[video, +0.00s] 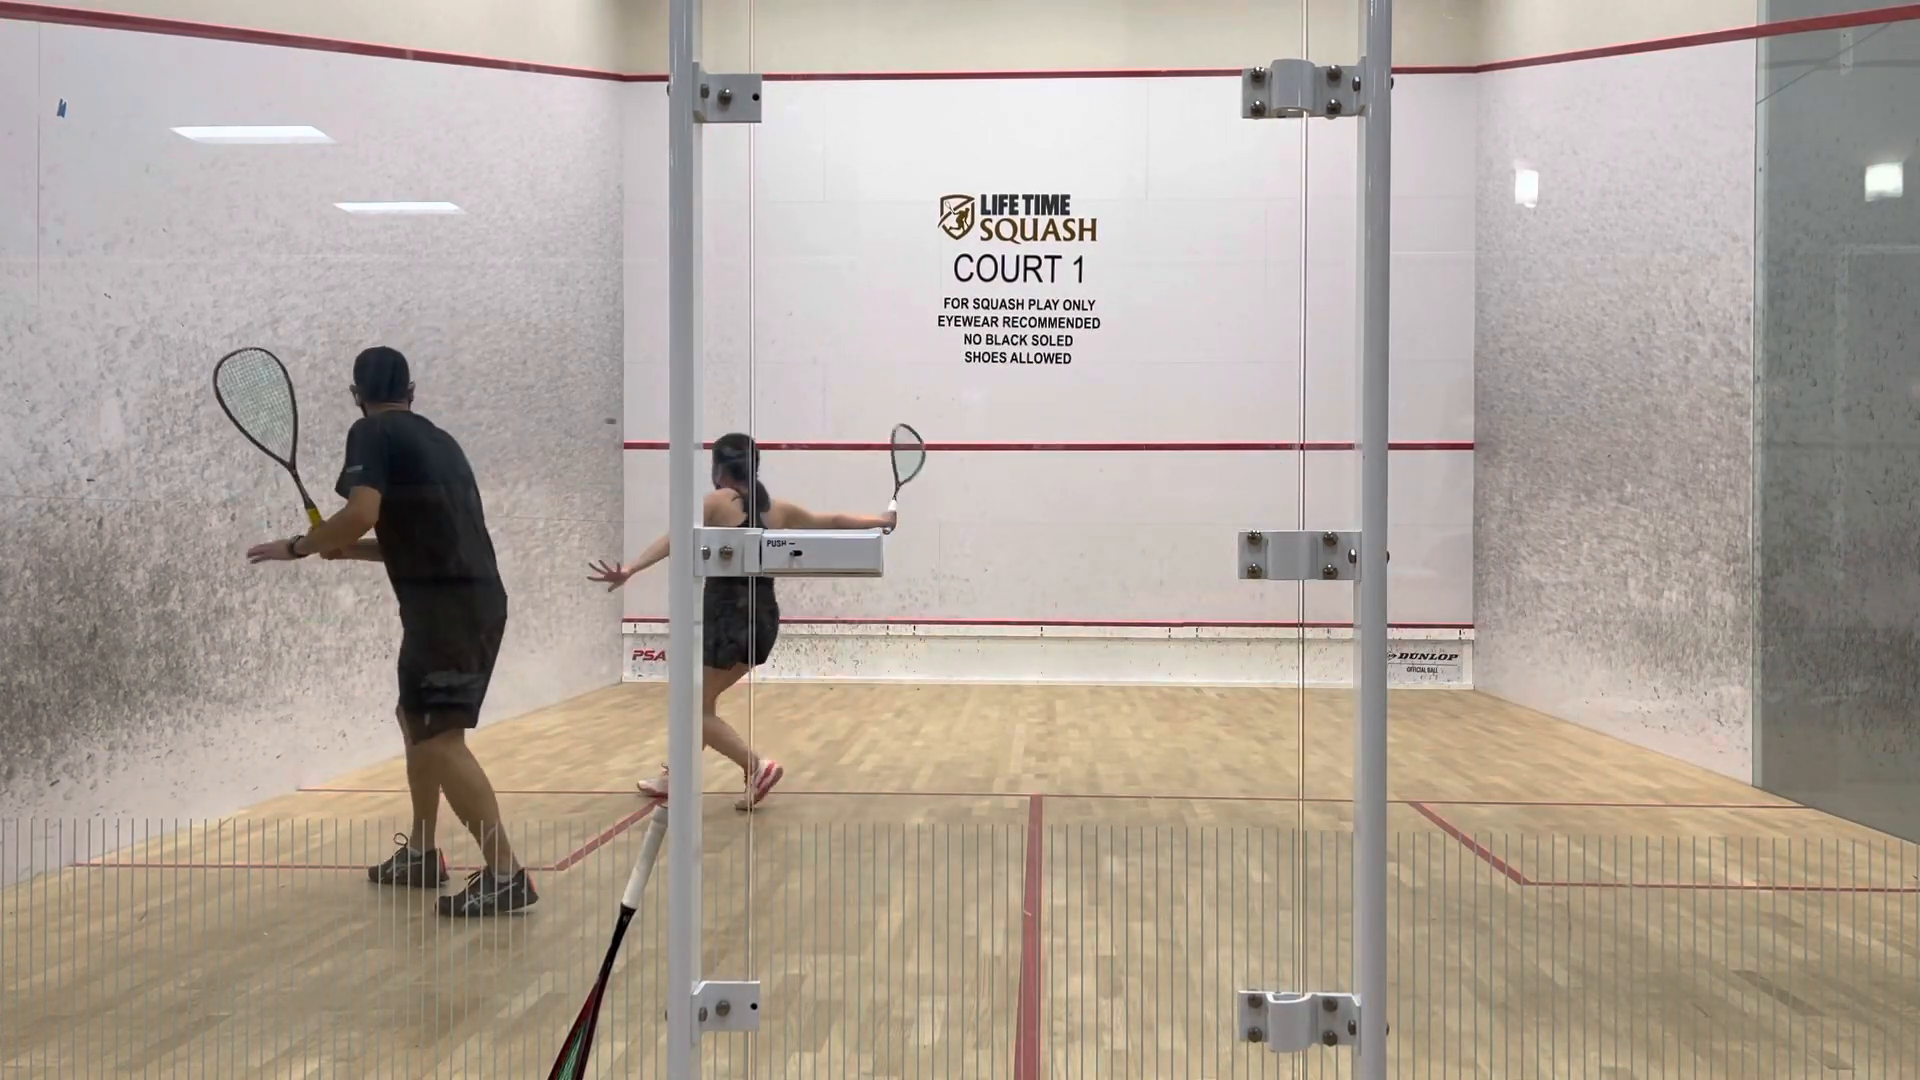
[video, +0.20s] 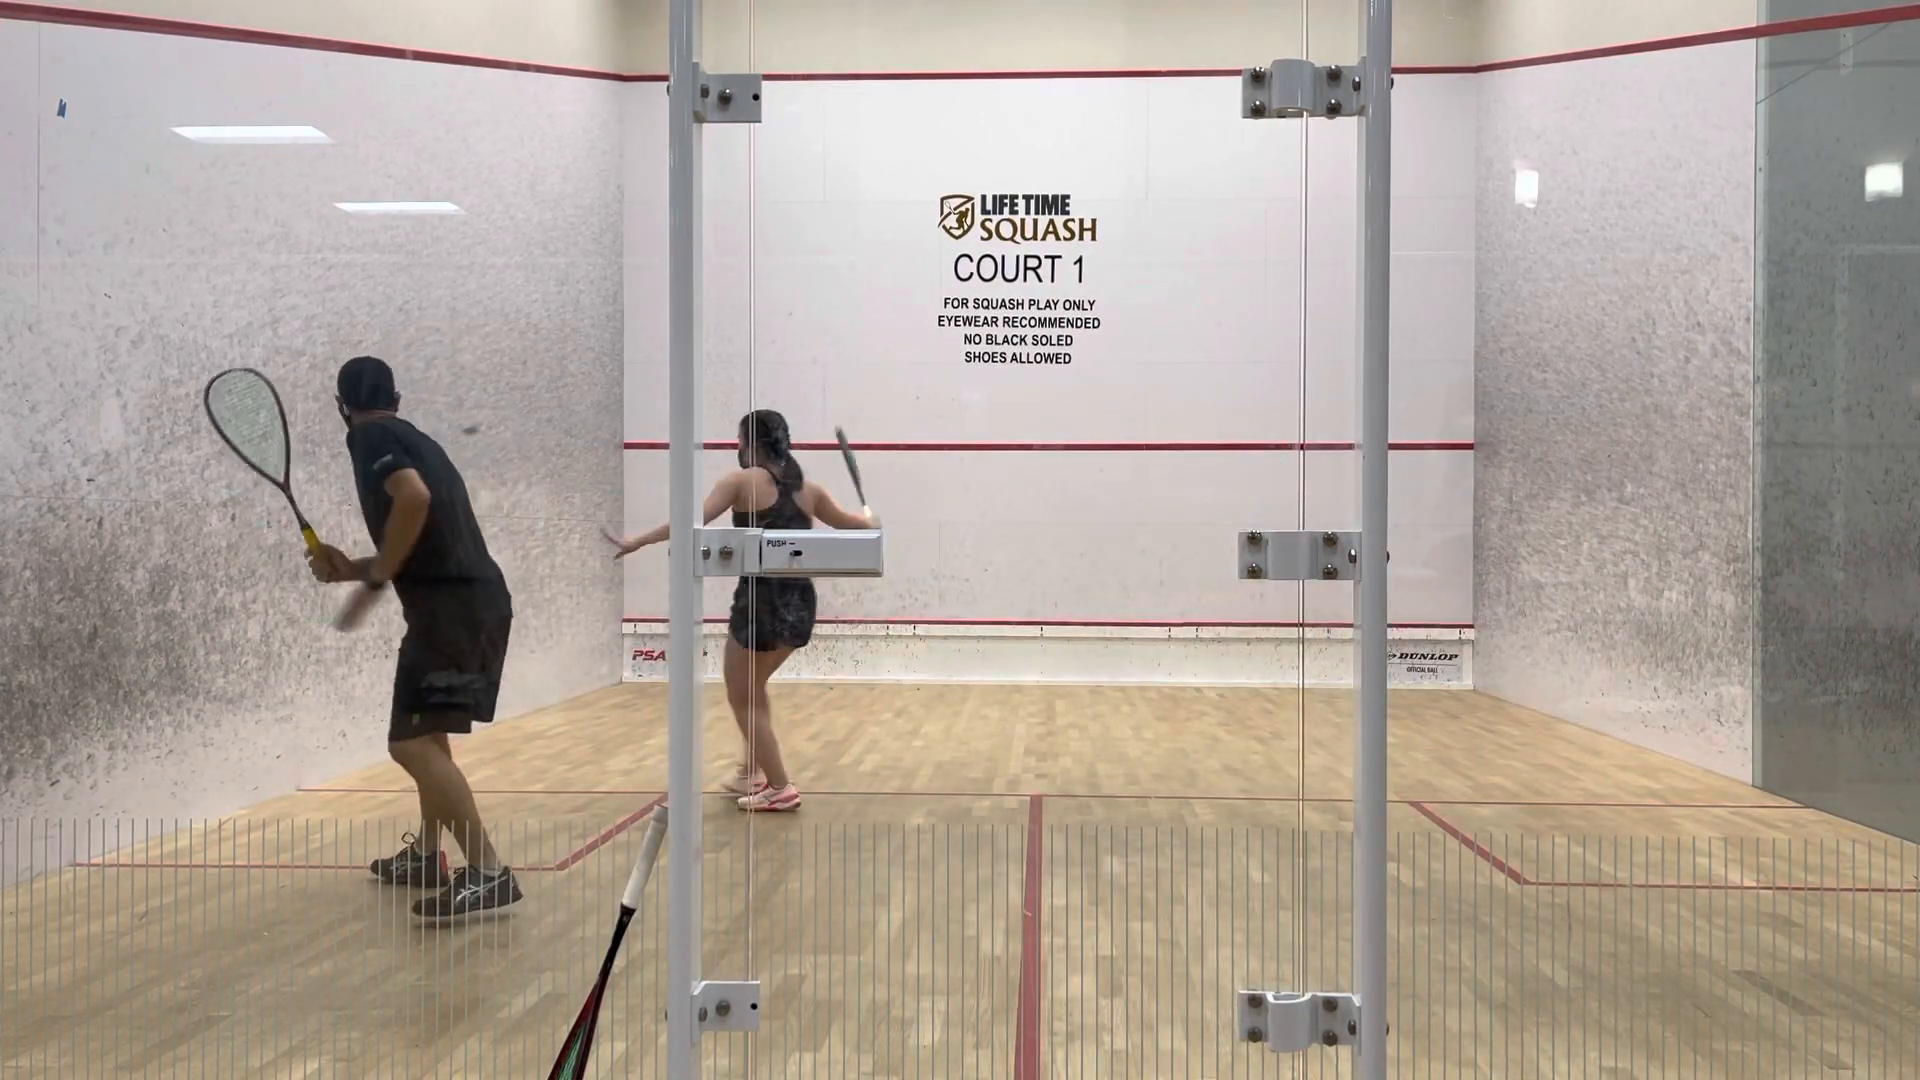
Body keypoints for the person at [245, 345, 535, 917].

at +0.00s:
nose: (360, 404)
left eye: (357, 395)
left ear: (359, 395)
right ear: (411, 393)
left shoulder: (371, 431)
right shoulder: (439, 440)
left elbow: (361, 513)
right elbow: (417, 547)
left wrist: (298, 546)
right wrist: (345, 549)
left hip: (442, 605)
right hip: (476, 601)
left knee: (441, 740)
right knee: (415, 716)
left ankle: (506, 874)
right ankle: (423, 850)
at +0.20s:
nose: (345, 415)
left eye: (341, 407)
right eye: (349, 408)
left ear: (343, 406)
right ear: (394, 401)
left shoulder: (368, 434)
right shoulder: (415, 439)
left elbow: (413, 498)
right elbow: (418, 549)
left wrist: (375, 578)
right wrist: (349, 567)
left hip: (449, 602)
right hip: (473, 599)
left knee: (410, 742)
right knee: (428, 734)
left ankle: (487, 870)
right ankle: (428, 854)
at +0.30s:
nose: (338, 408)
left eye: (335, 399)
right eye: (341, 399)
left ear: (340, 400)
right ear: (391, 394)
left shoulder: (374, 433)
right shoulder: (406, 435)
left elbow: (435, 487)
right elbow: (419, 549)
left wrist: (444, 587)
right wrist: (361, 575)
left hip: (440, 607)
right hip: (458, 606)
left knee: (402, 744)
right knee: (433, 737)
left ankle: (485, 873)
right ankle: (428, 854)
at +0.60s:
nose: (292, 394)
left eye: (295, 380)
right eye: (289, 383)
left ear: (329, 370)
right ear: (325, 374)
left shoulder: (405, 412)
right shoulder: (342, 453)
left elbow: (482, 482)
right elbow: (369, 530)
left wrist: (465, 572)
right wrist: (359, 577)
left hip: (450, 604)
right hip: (395, 610)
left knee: (443, 747)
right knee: (358, 733)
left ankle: (488, 882)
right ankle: (414, 846)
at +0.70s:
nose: (263, 390)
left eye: (268, 377)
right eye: (259, 380)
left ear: (305, 366)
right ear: (299, 370)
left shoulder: (383, 407)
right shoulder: (310, 459)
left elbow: (464, 476)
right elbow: (341, 545)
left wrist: (417, 563)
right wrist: (333, 573)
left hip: (440, 603)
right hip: (373, 610)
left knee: (458, 743)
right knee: (310, 730)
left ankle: (489, 883)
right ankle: (352, 870)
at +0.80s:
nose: (233, 406)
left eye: (237, 390)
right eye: (227, 396)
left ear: (271, 375)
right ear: (260, 383)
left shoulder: (352, 415)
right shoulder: (279, 470)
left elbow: (440, 477)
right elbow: (299, 567)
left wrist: (366, 549)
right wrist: (305, 581)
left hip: (418, 616)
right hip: (347, 624)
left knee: (451, 750)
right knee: (268, 739)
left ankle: (486, 885)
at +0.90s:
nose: (176, 412)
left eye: (182, 396)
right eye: (170, 403)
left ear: (224, 384)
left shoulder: (305, 421)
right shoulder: (233, 491)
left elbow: (403, 471)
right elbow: (262, 595)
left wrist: (318, 526)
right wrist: (257, 584)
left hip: (381, 629)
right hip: (310, 638)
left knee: (424, 768)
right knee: (233, 770)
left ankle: (486, 877)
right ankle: (151, 933)